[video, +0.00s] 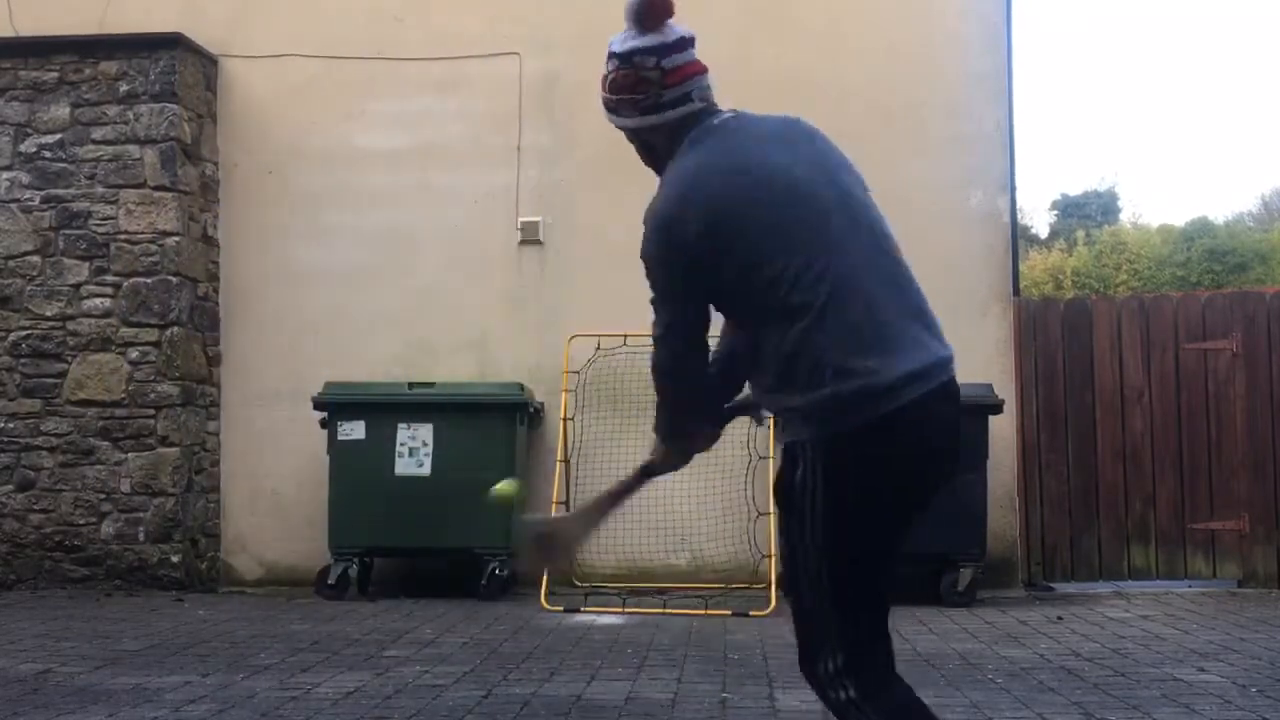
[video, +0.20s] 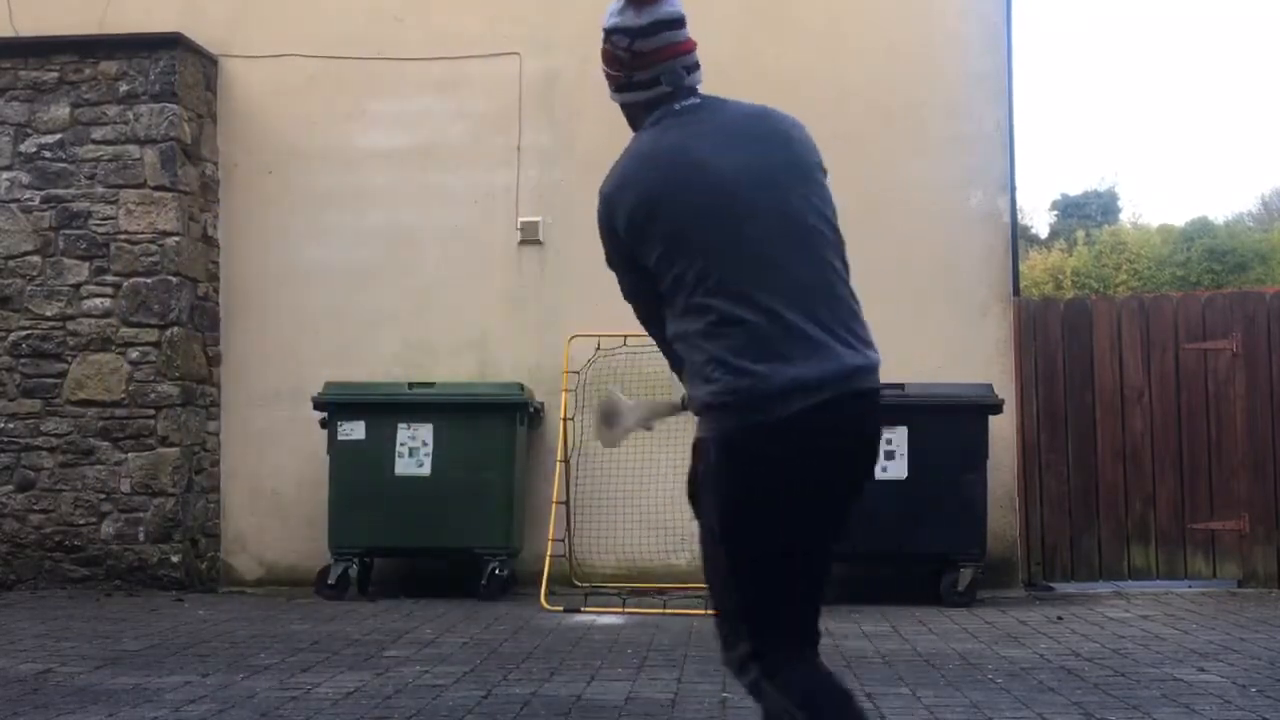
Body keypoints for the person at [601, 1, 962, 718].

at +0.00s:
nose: (632, 149)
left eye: (627, 133)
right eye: (625, 133)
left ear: (639, 130)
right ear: (702, 93)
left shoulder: (675, 210)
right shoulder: (791, 134)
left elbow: (678, 357)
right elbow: (761, 306)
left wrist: (678, 433)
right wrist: (706, 405)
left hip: (843, 429)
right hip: (930, 402)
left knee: (839, 661)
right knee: (852, 635)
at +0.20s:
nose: (609, 83)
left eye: (608, 72)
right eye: (615, 69)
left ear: (617, 80)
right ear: (693, 63)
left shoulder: (625, 189)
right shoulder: (784, 129)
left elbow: (665, 324)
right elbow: (814, 269)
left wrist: (717, 391)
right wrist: (714, 378)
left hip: (752, 425)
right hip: (852, 405)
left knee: (761, 650)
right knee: (790, 637)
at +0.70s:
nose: (559, 75)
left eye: (556, 66)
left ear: (558, 81)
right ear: (635, 69)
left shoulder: (543, 176)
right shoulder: (710, 158)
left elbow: (465, 297)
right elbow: (786, 253)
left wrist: (395, 308)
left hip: (612, 439)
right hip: (725, 433)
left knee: (543, 644)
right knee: (667, 615)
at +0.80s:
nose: (588, 5)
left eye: (579, 2)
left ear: (575, 11)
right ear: (648, 7)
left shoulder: (536, 93)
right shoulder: (709, 66)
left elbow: (436, 190)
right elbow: (816, 51)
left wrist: (325, 197)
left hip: (583, 381)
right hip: (698, 378)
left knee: (570, 596)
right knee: (702, 594)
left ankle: (561, 717)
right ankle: (705, 716)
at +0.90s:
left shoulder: (542, 67)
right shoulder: (714, 34)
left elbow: (438, 155)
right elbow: (812, 1)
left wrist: (320, 164)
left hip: (576, 360)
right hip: (689, 354)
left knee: (554, 570)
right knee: (703, 582)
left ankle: (539, 713)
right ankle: (700, 714)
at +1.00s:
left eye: (576, 7)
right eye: (680, 1)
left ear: (581, 8)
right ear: (664, 0)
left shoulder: (543, 91)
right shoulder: (708, 46)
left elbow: (432, 169)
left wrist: (328, 149)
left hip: (570, 381)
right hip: (679, 376)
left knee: (527, 593)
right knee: (713, 612)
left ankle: (481, 713)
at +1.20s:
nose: (648, 30)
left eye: (643, 17)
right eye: (642, 17)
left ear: (555, 30)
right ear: (625, 22)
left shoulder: (502, 125)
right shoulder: (646, 97)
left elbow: (430, 245)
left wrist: (418, 204)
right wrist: (895, 89)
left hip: (537, 421)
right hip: (640, 417)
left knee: (536, 610)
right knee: (711, 633)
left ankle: (431, 712)